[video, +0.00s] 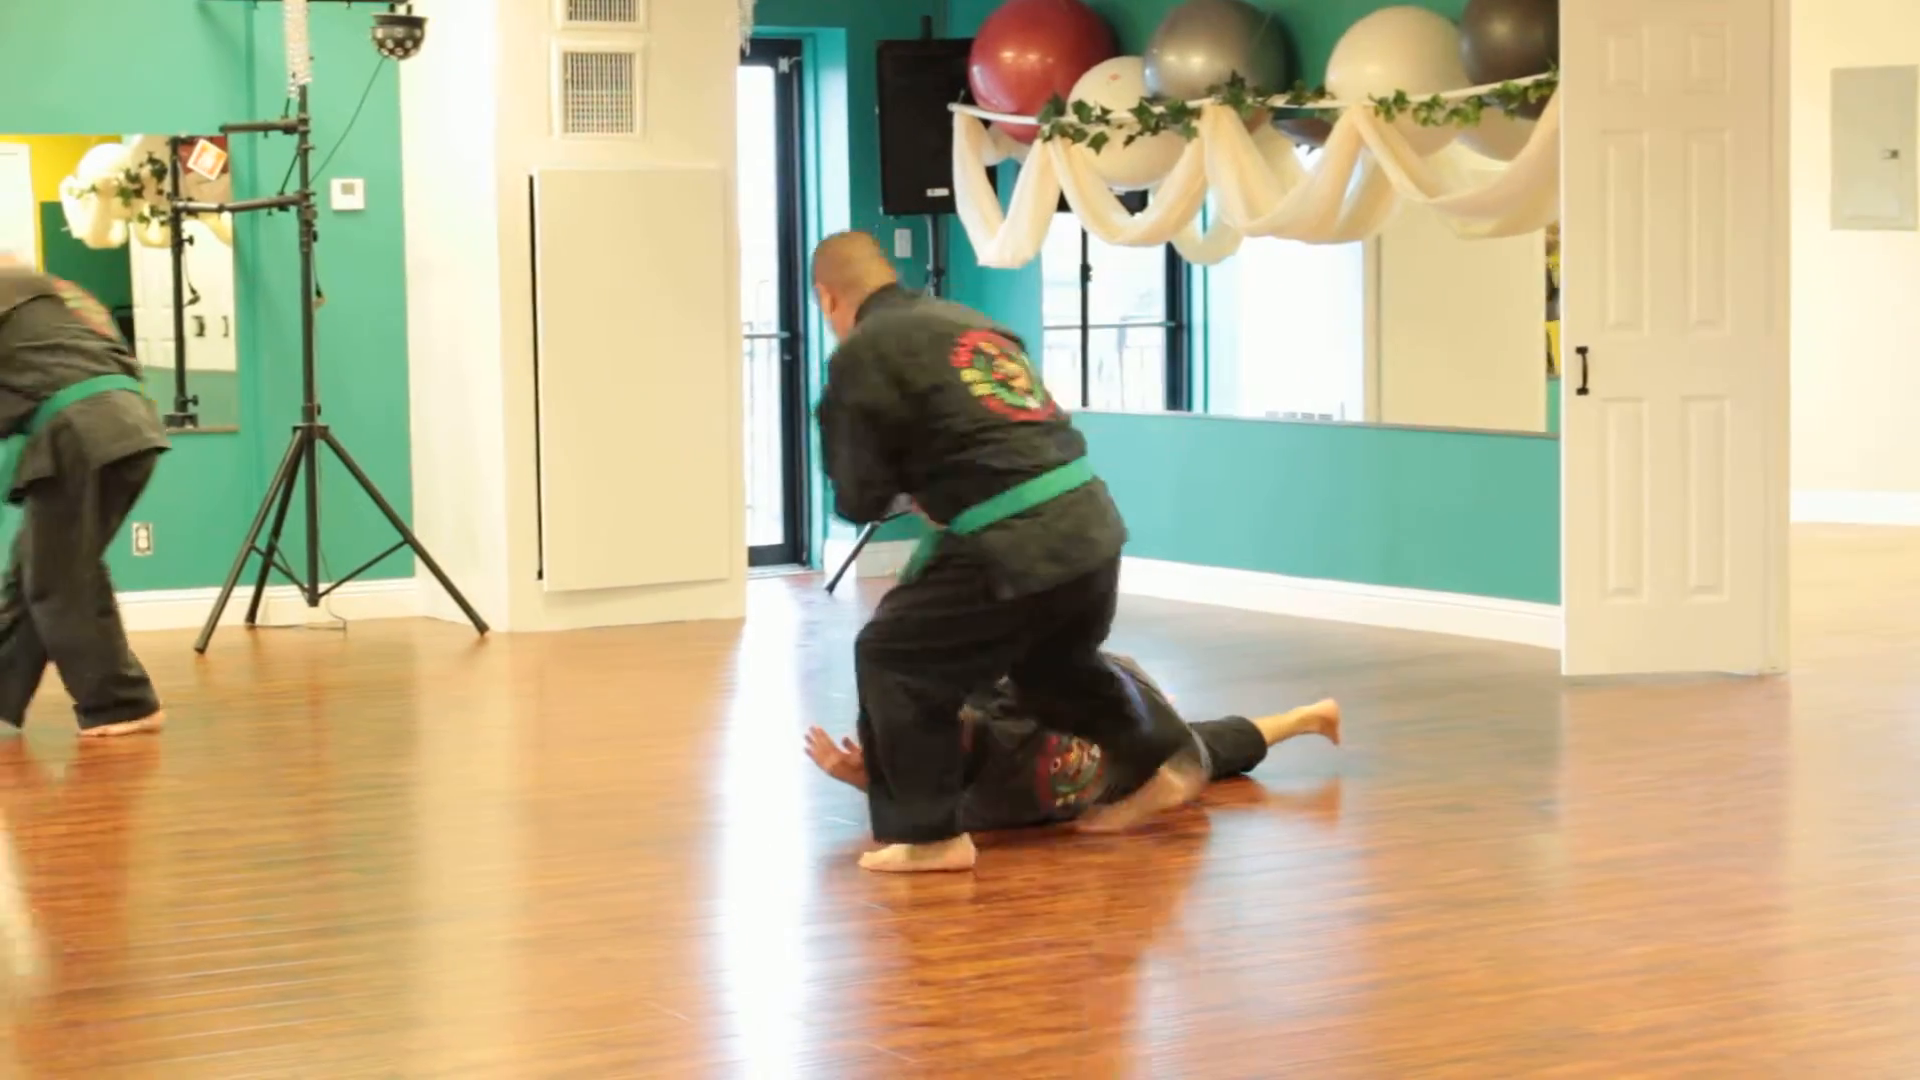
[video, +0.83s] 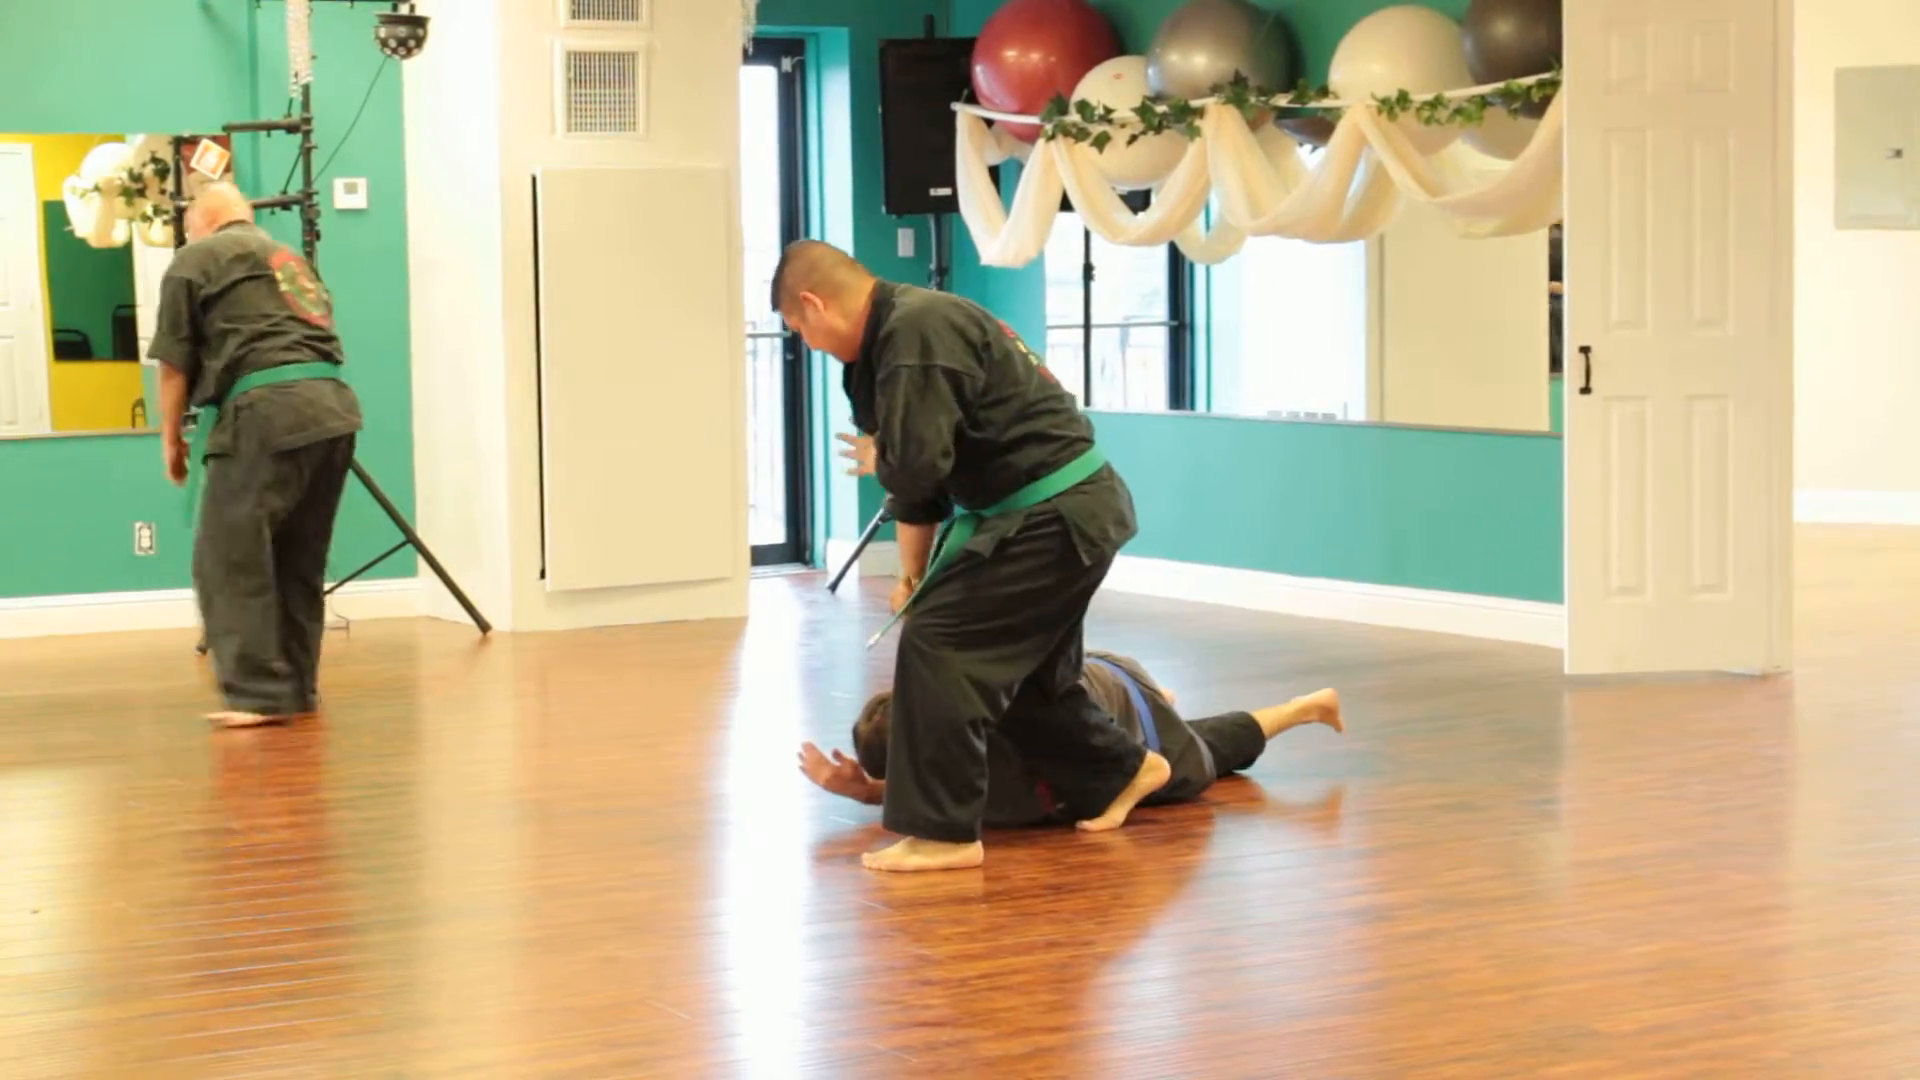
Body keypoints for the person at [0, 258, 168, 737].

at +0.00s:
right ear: (17, 267)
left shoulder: (8, 292)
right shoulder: (53, 293)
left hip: (79, 435)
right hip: (137, 429)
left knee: (56, 578)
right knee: (30, 580)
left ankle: (120, 703)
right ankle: (3, 708)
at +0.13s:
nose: (22, 254)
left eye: (24, 249)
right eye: (28, 248)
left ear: (30, 250)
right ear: (73, 249)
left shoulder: (22, 277)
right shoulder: (107, 281)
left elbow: (6, 371)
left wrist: (35, 379)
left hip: (113, 429)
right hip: (174, 423)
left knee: (80, 572)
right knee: (80, 560)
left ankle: (126, 702)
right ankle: (57, 693)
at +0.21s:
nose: (41, 248)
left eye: (44, 241)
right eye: (47, 238)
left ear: (48, 243)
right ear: (94, 239)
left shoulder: (36, 276)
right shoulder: (128, 270)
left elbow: (24, 386)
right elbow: (172, 331)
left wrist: (41, 460)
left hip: (135, 423)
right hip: (196, 414)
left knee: (100, 566)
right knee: (125, 563)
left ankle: (123, 703)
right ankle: (138, 695)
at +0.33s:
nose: (77, 236)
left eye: (79, 228)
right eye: (81, 227)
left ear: (88, 228)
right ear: (132, 226)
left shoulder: (78, 261)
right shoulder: (165, 259)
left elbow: (65, 366)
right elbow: (206, 324)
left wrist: (89, 431)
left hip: (168, 415)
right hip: (230, 405)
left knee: (127, 562)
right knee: (197, 551)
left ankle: (135, 706)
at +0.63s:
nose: (153, 250)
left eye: (154, 240)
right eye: (152, 242)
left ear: (172, 233)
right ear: (209, 231)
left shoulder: (163, 276)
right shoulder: (252, 267)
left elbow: (150, 384)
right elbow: (284, 344)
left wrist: (146, 469)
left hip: (246, 417)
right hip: (312, 412)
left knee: (182, 556)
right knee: (270, 558)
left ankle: (153, 700)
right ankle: (291, 687)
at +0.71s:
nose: (169, 245)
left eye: (170, 237)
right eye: (169, 238)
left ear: (186, 231)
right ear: (222, 226)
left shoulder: (175, 269)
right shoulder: (269, 261)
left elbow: (162, 377)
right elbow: (297, 336)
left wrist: (160, 458)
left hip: (256, 414)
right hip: (322, 407)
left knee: (200, 555)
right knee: (288, 557)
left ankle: (182, 701)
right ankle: (291, 689)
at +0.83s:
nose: (186, 234)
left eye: (188, 225)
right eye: (187, 227)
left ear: (204, 219)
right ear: (243, 217)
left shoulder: (193, 261)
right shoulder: (289, 257)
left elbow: (175, 363)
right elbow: (309, 339)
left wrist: (171, 435)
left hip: (267, 412)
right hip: (334, 406)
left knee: (229, 552)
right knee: (302, 553)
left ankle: (258, 692)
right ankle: (298, 684)